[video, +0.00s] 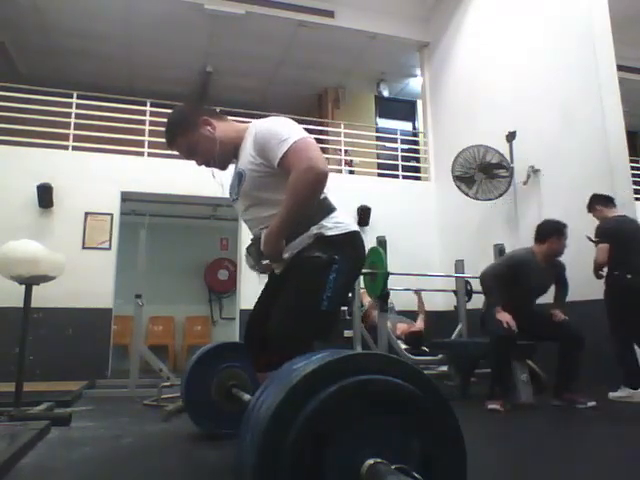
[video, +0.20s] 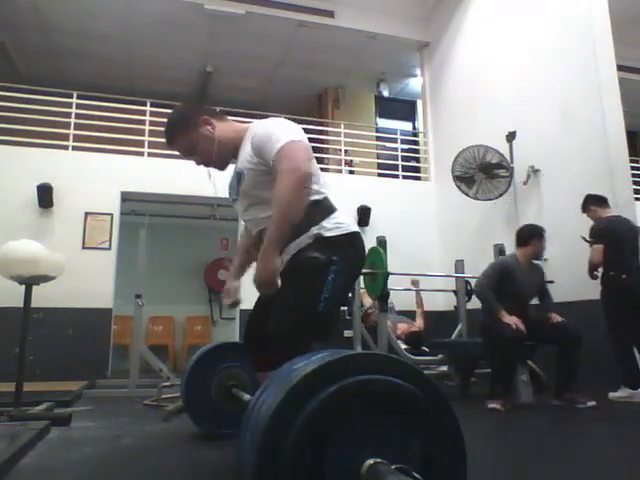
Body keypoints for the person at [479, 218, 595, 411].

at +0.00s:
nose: (564, 245)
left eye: (564, 240)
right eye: (561, 240)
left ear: (551, 242)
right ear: (548, 241)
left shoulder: (556, 267)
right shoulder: (519, 259)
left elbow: (562, 286)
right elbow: (486, 276)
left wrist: (558, 307)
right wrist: (497, 310)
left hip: (527, 314)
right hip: (500, 315)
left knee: (571, 334)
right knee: (503, 335)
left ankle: (564, 392)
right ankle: (497, 397)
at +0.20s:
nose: (544, 246)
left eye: (543, 241)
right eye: (541, 241)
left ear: (530, 244)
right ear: (531, 243)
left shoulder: (536, 270)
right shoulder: (502, 265)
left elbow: (544, 295)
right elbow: (480, 288)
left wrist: (550, 312)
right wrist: (503, 315)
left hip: (526, 322)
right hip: (498, 323)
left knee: (568, 333)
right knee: (508, 337)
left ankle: (564, 392)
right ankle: (497, 397)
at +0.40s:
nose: (524, 244)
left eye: (524, 240)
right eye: (523, 240)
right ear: (515, 241)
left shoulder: (523, 265)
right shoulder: (492, 262)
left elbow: (526, 295)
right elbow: (484, 289)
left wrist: (540, 313)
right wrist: (509, 313)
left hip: (526, 320)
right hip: (498, 321)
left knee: (569, 334)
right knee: (513, 338)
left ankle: (564, 392)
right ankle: (498, 396)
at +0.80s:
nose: (511, 245)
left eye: (510, 241)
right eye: (510, 241)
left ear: (492, 242)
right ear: (503, 241)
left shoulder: (507, 267)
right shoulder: (482, 260)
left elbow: (508, 301)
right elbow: (473, 284)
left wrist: (527, 313)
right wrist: (500, 300)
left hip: (518, 322)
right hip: (495, 323)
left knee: (568, 332)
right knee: (503, 337)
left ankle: (571, 391)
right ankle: (500, 396)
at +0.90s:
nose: (514, 242)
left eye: (513, 239)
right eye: (512, 238)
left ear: (499, 240)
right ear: (503, 239)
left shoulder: (510, 268)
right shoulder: (480, 260)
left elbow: (509, 300)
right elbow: (461, 284)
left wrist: (526, 313)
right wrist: (479, 295)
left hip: (517, 317)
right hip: (494, 317)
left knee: (570, 332)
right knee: (507, 334)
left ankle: (573, 392)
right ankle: (501, 397)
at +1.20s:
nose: (517, 243)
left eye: (517, 239)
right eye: (514, 238)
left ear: (505, 239)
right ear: (500, 239)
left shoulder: (514, 265)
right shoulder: (478, 262)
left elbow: (525, 293)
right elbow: (459, 286)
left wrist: (551, 302)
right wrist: (461, 298)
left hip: (520, 315)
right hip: (494, 316)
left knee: (569, 329)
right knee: (507, 334)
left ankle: (573, 393)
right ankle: (502, 397)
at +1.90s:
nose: (523, 246)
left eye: (524, 241)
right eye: (521, 241)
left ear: (510, 239)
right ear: (507, 239)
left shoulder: (519, 265)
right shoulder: (483, 261)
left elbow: (527, 292)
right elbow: (465, 282)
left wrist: (554, 303)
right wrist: (458, 289)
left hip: (522, 319)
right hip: (494, 319)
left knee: (570, 332)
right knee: (510, 332)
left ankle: (573, 394)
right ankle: (502, 397)